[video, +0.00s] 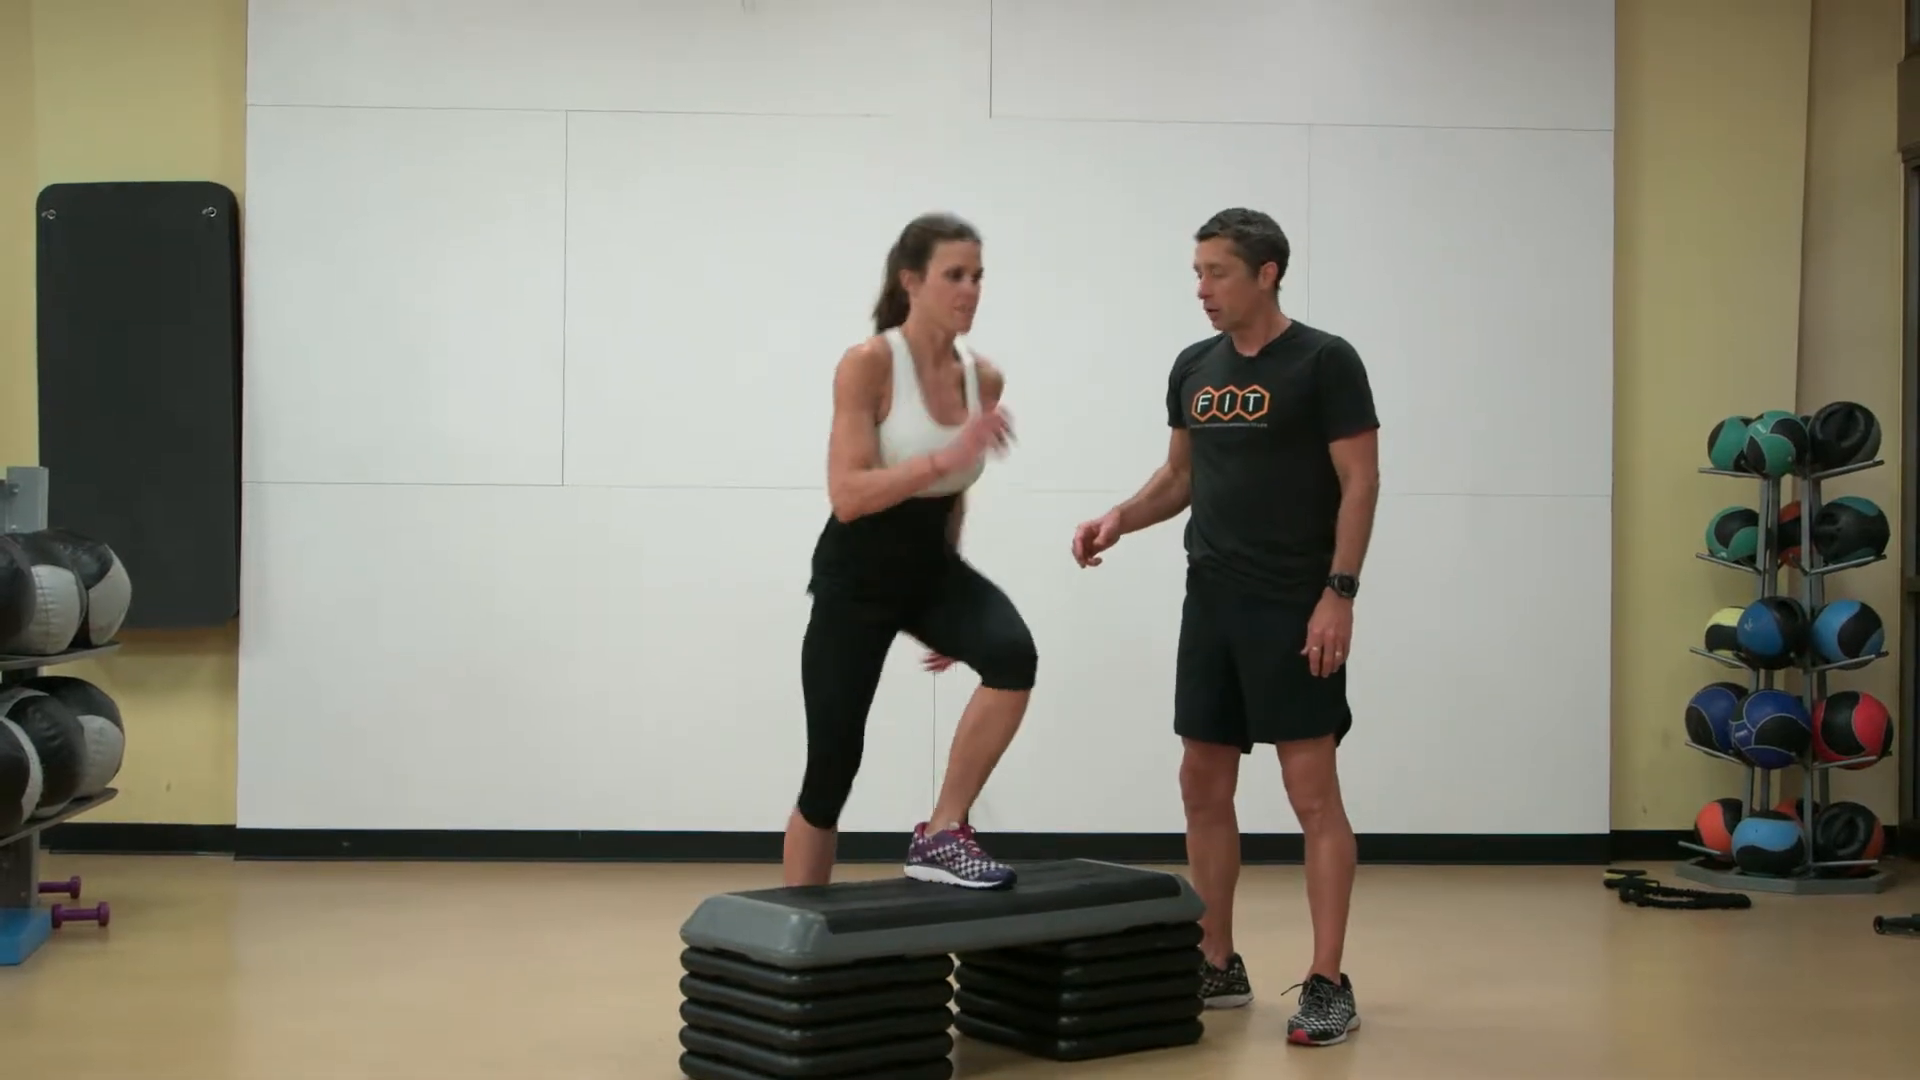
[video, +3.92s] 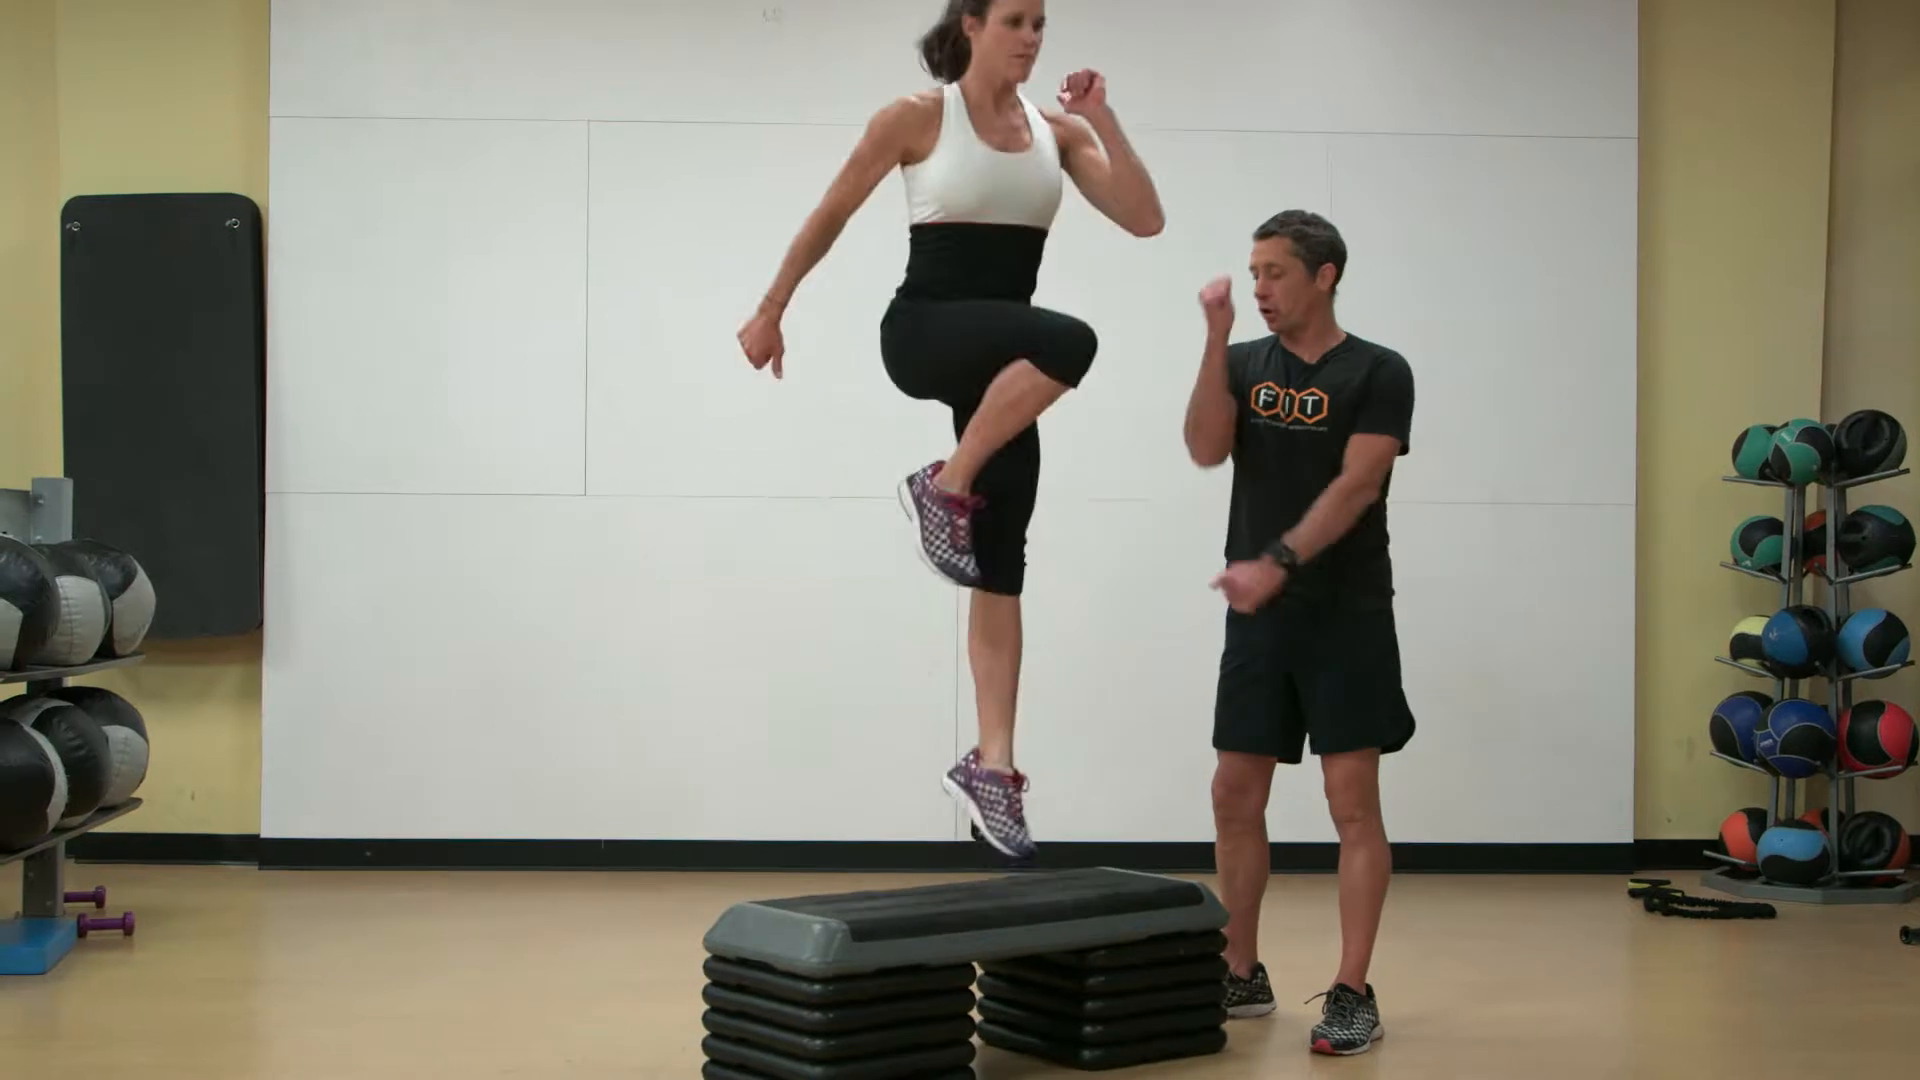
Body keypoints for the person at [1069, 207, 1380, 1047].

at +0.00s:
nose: (1202, 287)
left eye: (1216, 273)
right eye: (1198, 274)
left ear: (1268, 274)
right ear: (1205, 279)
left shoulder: (1326, 363)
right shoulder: (1193, 368)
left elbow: (1360, 485)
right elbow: (1179, 477)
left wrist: (1339, 591)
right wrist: (1119, 518)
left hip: (1296, 607)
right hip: (1211, 605)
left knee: (1313, 791)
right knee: (1202, 781)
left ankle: (1326, 979)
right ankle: (1215, 962)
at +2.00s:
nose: (1229, 333)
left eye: (1242, 318)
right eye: (1220, 319)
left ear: (1289, 309)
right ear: (1215, 317)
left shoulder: (1359, 387)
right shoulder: (1209, 399)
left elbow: (1404, 503)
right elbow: (1197, 511)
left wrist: (1406, 615)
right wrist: (1178, 591)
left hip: (1344, 633)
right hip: (1252, 634)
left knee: (1346, 819)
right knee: (1220, 808)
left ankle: (1343, 1002)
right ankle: (1232, 986)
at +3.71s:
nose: (1244, 297)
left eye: (1259, 282)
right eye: (1239, 282)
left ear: (1309, 283)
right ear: (1241, 286)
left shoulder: (1372, 376)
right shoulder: (1220, 382)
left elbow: (1410, 496)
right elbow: (1207, 492)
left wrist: (1391, 606)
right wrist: (1172, 533)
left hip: (1348, 617)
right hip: (1256, 617)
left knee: (1351, 806)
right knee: (1232, 793)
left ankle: (1350, 990)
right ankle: (1239, 973)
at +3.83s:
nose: (1253, 291)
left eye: (1267, 275)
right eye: (1249, 277)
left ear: (1317, 278)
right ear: (1253, 283)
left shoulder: (1375, 375)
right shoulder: (1238, 373)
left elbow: (1377, 498)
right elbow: (1205, 484)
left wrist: (1313, 585)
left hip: (1347, 612)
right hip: (1255, 610)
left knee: (1353, 802)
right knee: (1233, 795)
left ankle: (1350, 991)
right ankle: (1240, 975)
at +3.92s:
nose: (1257, 288)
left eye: (1272, 274)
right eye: (1255, 275)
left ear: (1323, 275)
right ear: (1263, 279)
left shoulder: (1379, 372)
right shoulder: (1244, 363)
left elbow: (1358, 485)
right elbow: (1205, 448)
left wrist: (1278, 560)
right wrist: (1216, 340)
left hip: (1346, 614)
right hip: (1259, 610)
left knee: (1352, 802)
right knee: (1235, 793)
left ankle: (1351, 991)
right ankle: (1241, 974)